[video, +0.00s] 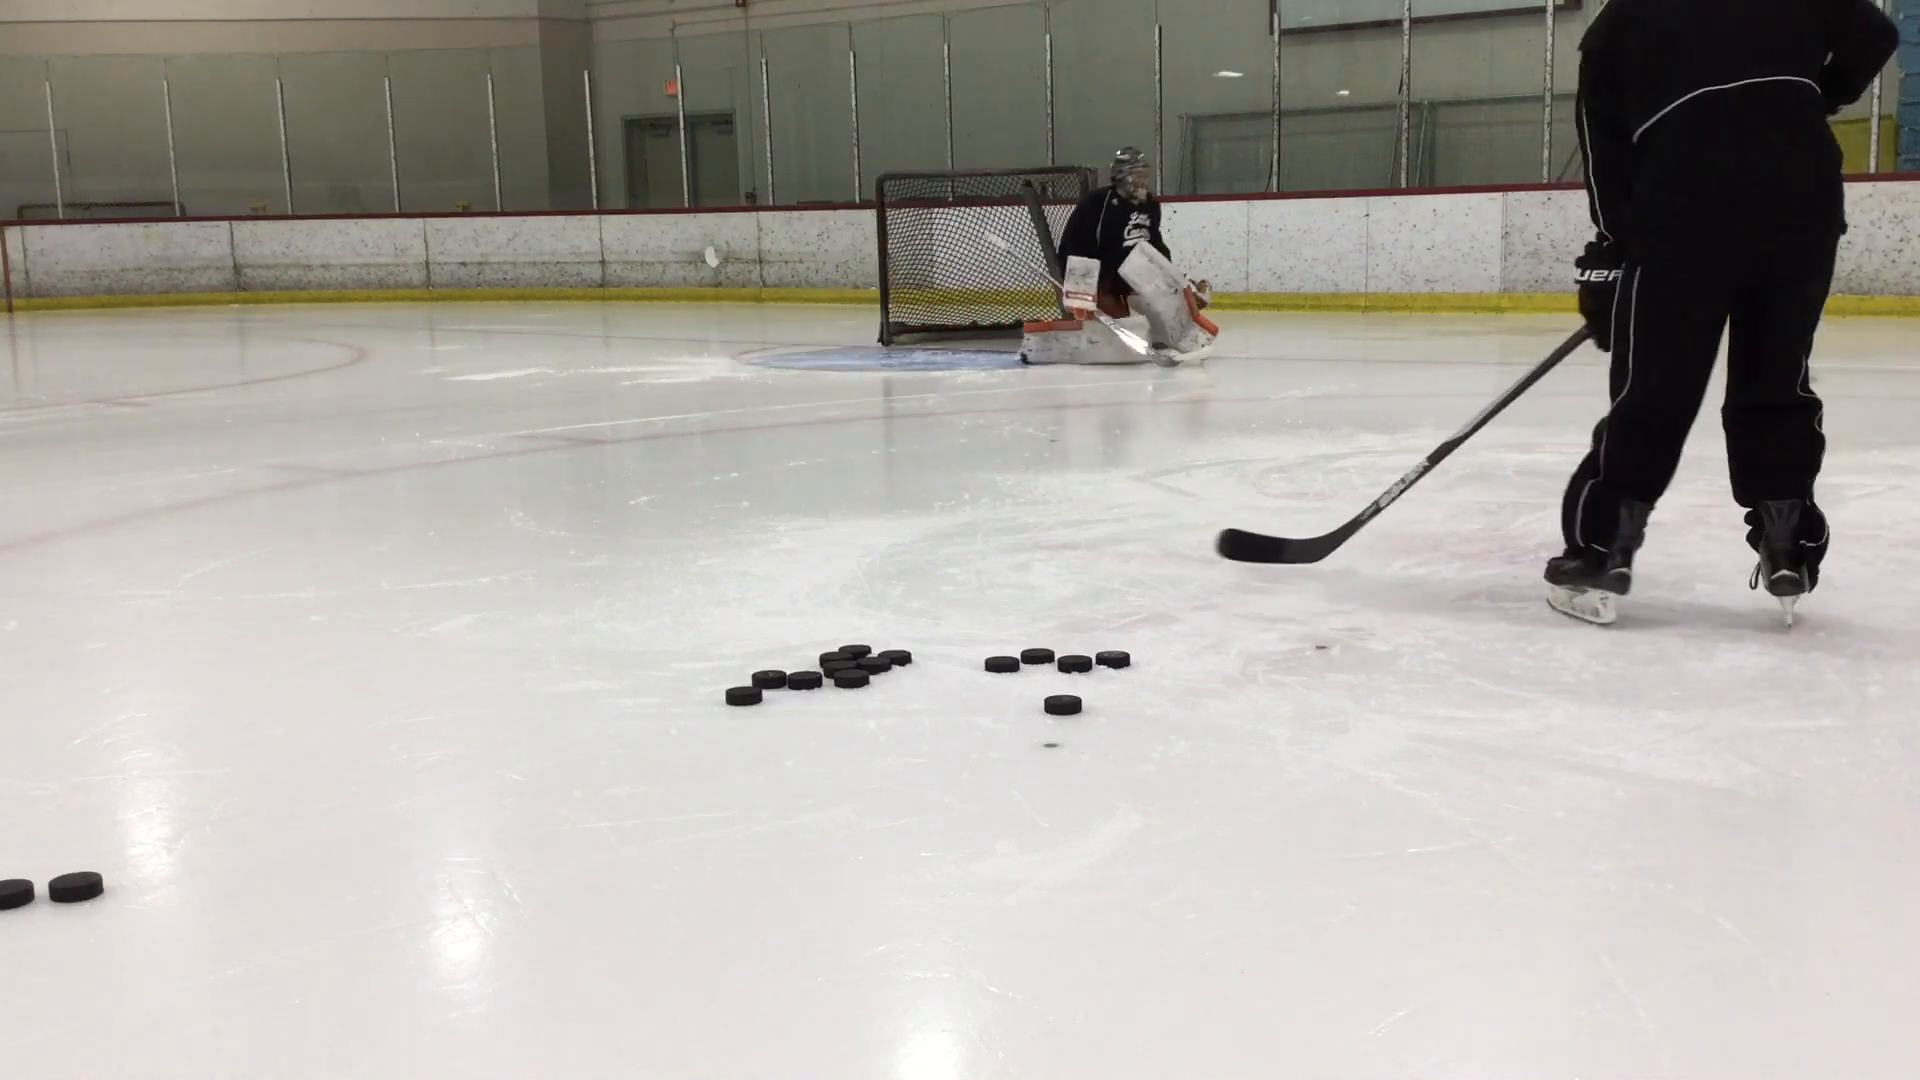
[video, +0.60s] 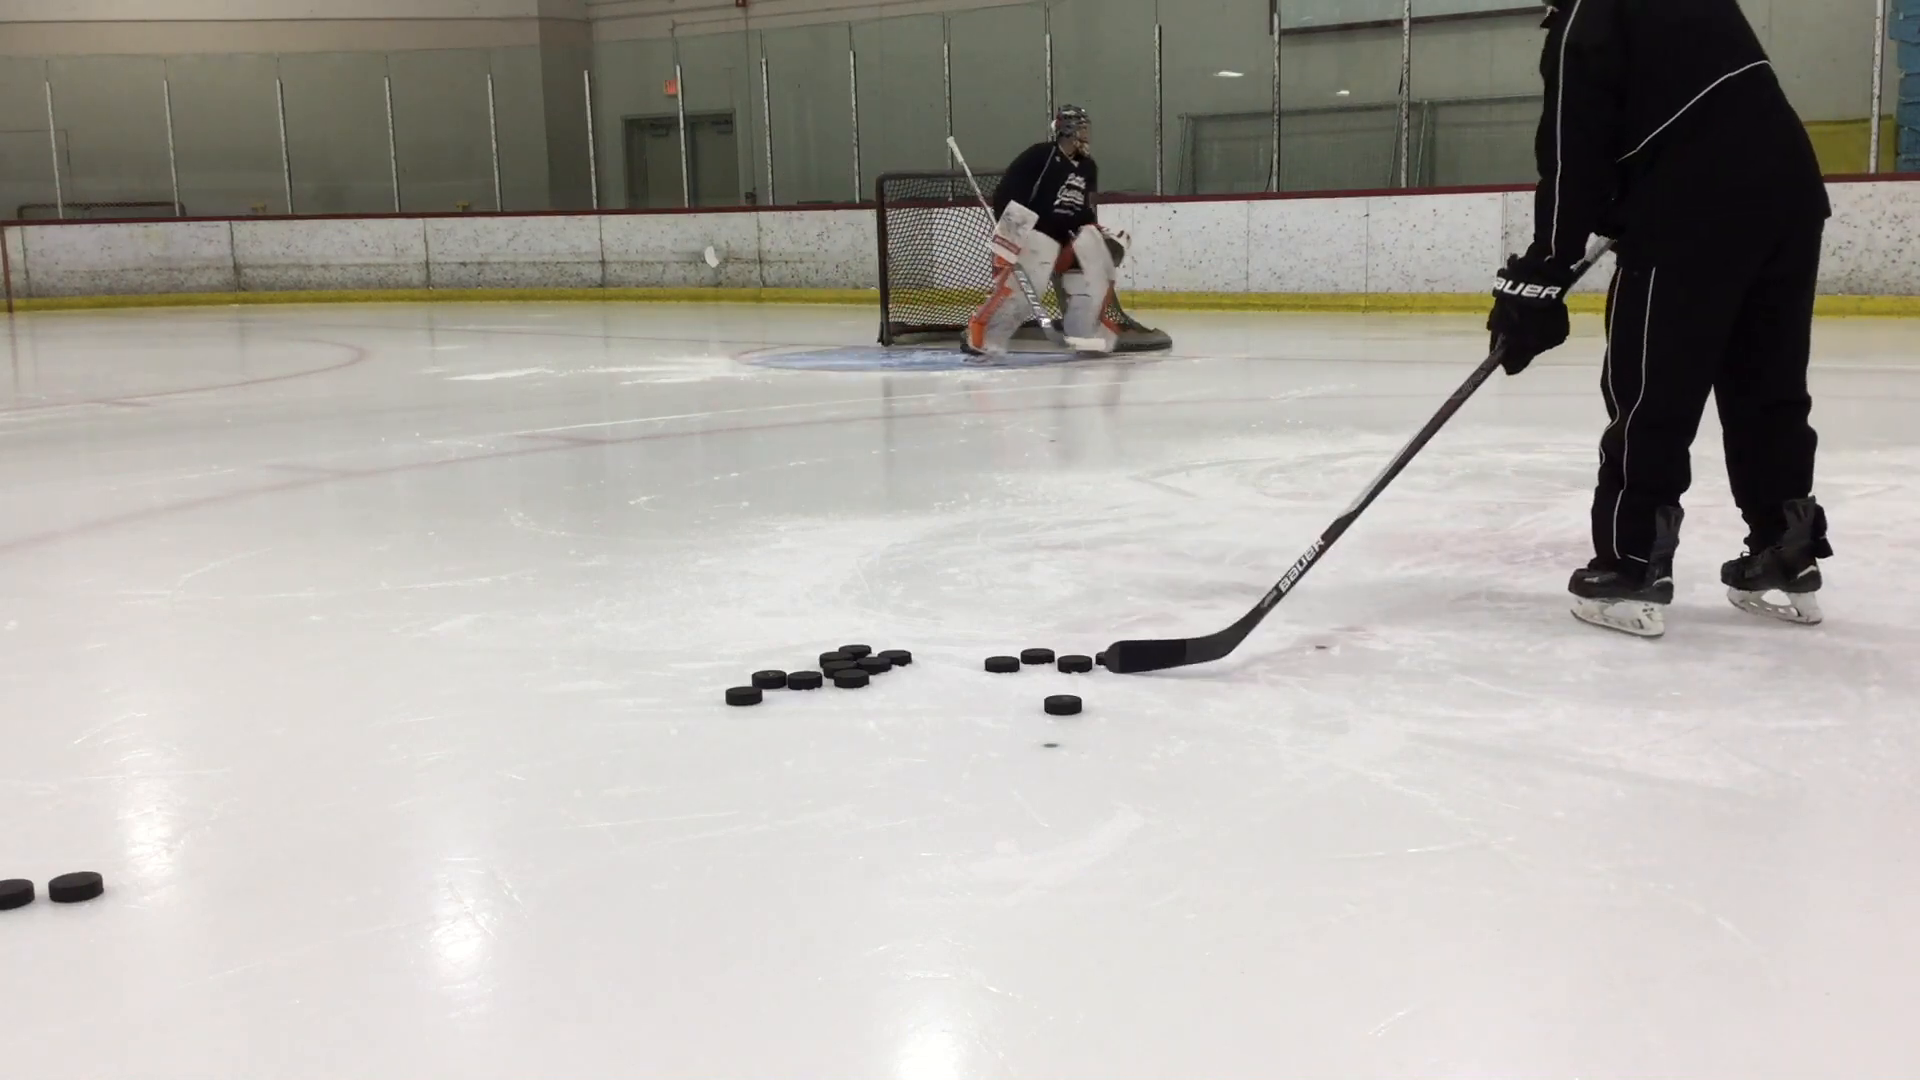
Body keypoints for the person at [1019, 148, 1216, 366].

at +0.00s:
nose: (1143, 183)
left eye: (1145, 177)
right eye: (1137, 177)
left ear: (1147, 177)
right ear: (1121, 178)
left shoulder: (1150, 205)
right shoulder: (1094, 203)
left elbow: (1153, 242)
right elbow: (1071, 248)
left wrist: (1167, 273)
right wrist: (1080, 292)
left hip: (1133, 273)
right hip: (1096, 275)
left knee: (1165, 291)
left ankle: (1161, 343)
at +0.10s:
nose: (1144, 171)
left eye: (1146, 166)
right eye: (1138, 167)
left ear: (1148, 167)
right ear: (1123, 169)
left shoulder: (1152, 198)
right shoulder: (1096, 195)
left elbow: (1154, 235)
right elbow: (1071, 240)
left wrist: (1171, 268)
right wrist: (1067, 285)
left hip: (1140, 275)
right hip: (1099, 279)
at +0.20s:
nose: (1136, 157)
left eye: (1137, 151)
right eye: (1131, 152)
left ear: (1138, 154)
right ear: (1116, 154)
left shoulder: (1144, 184)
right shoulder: (1089, 181)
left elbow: (1147, 223)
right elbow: (1060, 221)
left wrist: (1164, 252)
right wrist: (1053, 262)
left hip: (1134, 262)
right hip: (1092, 264)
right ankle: (1039, 351)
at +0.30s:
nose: (1120, 145)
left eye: (1122, 140)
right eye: (1115, 139)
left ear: (1124, 143)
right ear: (1102, 141)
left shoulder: (1128, 173)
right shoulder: (1075, 167)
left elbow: (1128, 216)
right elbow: (1048, 208)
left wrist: (1144, 240)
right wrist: (1038, 252)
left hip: (1113, 251)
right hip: (1078, 248)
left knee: (1145, 293)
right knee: (1063, 301)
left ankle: (1185, 341)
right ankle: (1027, 351)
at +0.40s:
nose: (1107, 138)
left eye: (1107, 132)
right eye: (1102, 132)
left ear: (1106, 135)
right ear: (1089, 134)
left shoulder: (1112, 167)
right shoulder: (1059, 159)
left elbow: (1106, 206)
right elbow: (1026, 199)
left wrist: (1119, 232)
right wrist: (1029, 241)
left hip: (1097, 242)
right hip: (1062, 241)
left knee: (1127, 284)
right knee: (1054, 294)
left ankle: (1156, 337)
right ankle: (1009, 339)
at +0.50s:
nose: (1096, 136)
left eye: (1096, 130)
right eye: (1090, 129)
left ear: (1094, 132)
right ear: (1075, 131)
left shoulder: (1098, 165)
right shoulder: (1048, 155)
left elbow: (1090, 206)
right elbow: (1015, 196)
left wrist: (1102, 231)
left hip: (1082, 235)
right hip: (1048, 232)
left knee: (1117, 257)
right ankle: (997, 334)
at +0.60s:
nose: (1086, 134)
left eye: (1086, 128)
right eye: (1080, 128)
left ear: (1085, 130)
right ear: (1066, 131)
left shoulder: (1087, 166)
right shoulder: (1039, 156)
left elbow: (1086, 209)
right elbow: (1006, 196)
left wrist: (1092, 237)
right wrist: (1014, 233)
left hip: (1074, 238)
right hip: (1037, 234)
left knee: (1096, 276)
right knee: (1025, 291)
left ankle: (1081, 336)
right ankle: (981, 340)